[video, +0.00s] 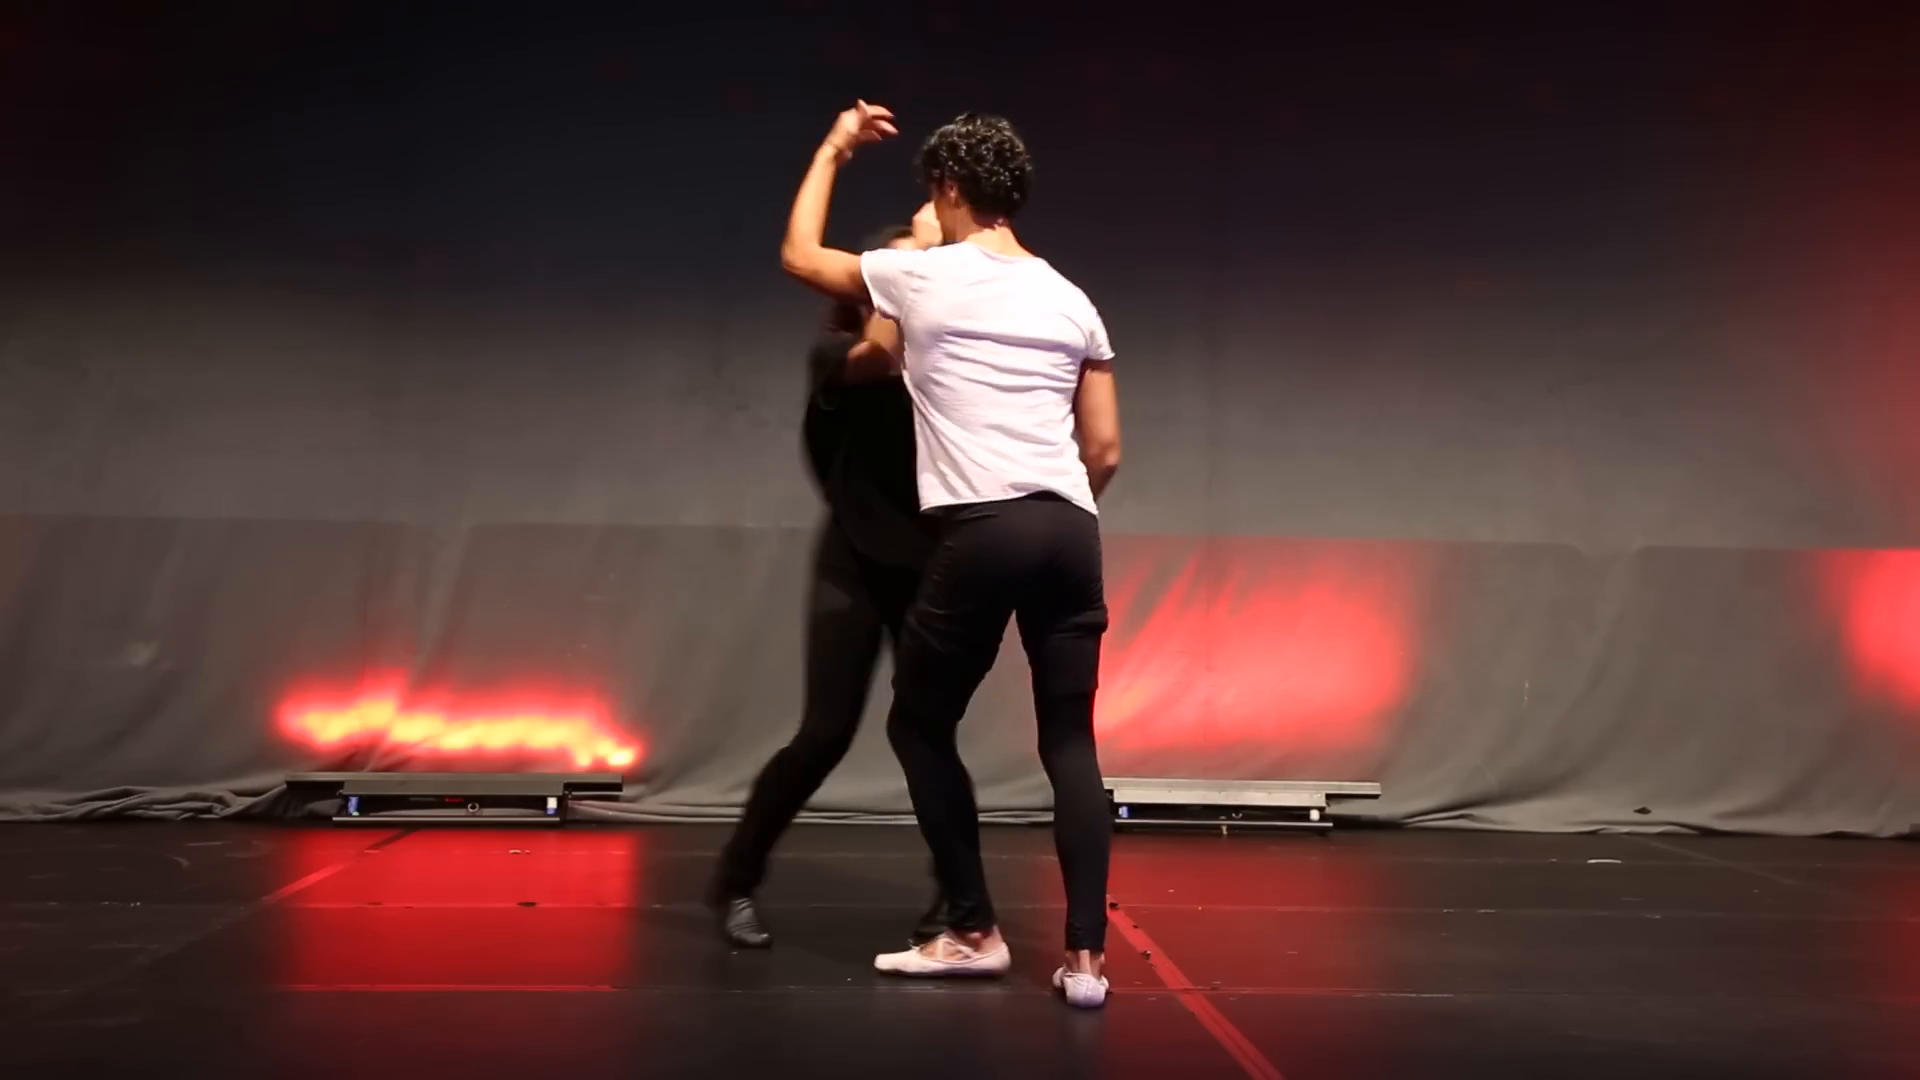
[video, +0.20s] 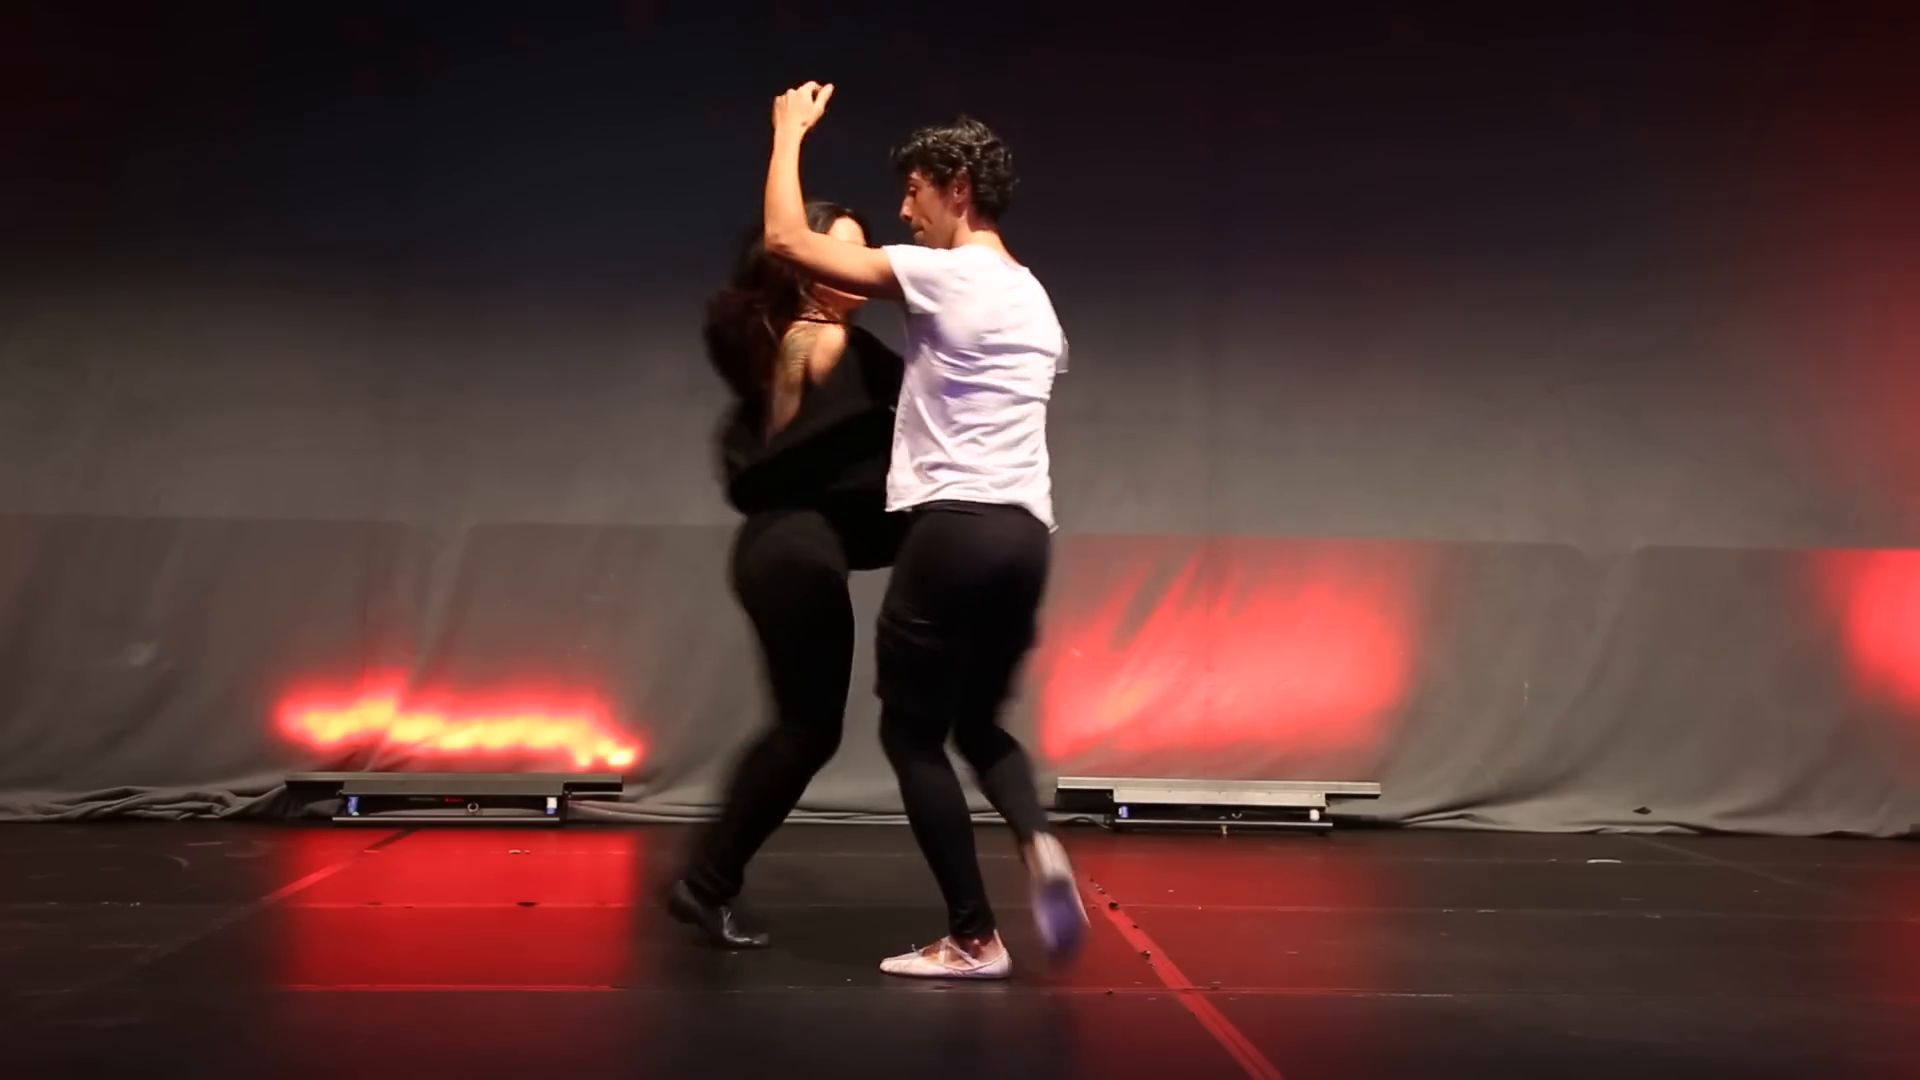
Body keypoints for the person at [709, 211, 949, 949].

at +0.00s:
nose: (919, 281)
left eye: (927, 267)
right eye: (904, 267)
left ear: (940, 281)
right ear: (866, 286)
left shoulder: (946, 351)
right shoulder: (838, 352)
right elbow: (884, 350)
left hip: (933, 556)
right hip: (856, 552)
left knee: (928, 733)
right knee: (826, 732)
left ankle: (958, 904)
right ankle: (735, 884)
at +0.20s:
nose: (872, 265)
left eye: (865, 248)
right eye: (857, 251)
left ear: (807, 283)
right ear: (816, 278)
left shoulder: (788, 348)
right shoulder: (828, 341)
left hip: (768, 548)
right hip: (801, 548)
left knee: (802, 725)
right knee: (812, 729)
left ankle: (709, 879)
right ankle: (707, 882)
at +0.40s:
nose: (824, 274)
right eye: (816, 265)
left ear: (714, 274)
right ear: (800, 273)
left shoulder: (693, 348)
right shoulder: (831, 353)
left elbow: (647, 433)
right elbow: (848, 458)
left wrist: (706, 471)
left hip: (702, 561)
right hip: (798, 567)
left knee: (655, 717)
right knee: (761, 731)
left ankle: (638, 884)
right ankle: (730, 907)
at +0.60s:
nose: (657, 235)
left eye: (674, 223)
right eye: (660, 222)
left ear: (718, 244)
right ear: (694, 242)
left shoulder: (707, 319)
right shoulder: (686, 324)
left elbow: (625, 410)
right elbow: (579, 361)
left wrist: (632, 438)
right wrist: (530, 279)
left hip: (705, 547)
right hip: (706, 546)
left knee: (646, 715)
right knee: (689, 715)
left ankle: (644, 906)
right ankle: (769, 883)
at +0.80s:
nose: (612, 236)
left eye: (631, 222)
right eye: (613, 223)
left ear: (679, 236)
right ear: (621, 241)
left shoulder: (714, 331)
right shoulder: (595, 342)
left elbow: (681, 418)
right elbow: (496, 389)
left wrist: (604, 449)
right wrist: (384, 354)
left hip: (687, 566)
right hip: (604, 551)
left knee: (638, 730)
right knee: (555, 713)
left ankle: (605, 901)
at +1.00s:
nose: (588, 250)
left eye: (604, 235)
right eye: (585, 238)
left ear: (652, 242)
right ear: (586, 252)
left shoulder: (707, 340)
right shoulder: (566, 346)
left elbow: (709, 434)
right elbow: (526, 443)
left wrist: (602, 463)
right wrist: (461, 429)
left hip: (674, 575)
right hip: (580, 559)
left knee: (612, 739)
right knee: (528, 717)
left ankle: (555, 899)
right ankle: (520, 894)